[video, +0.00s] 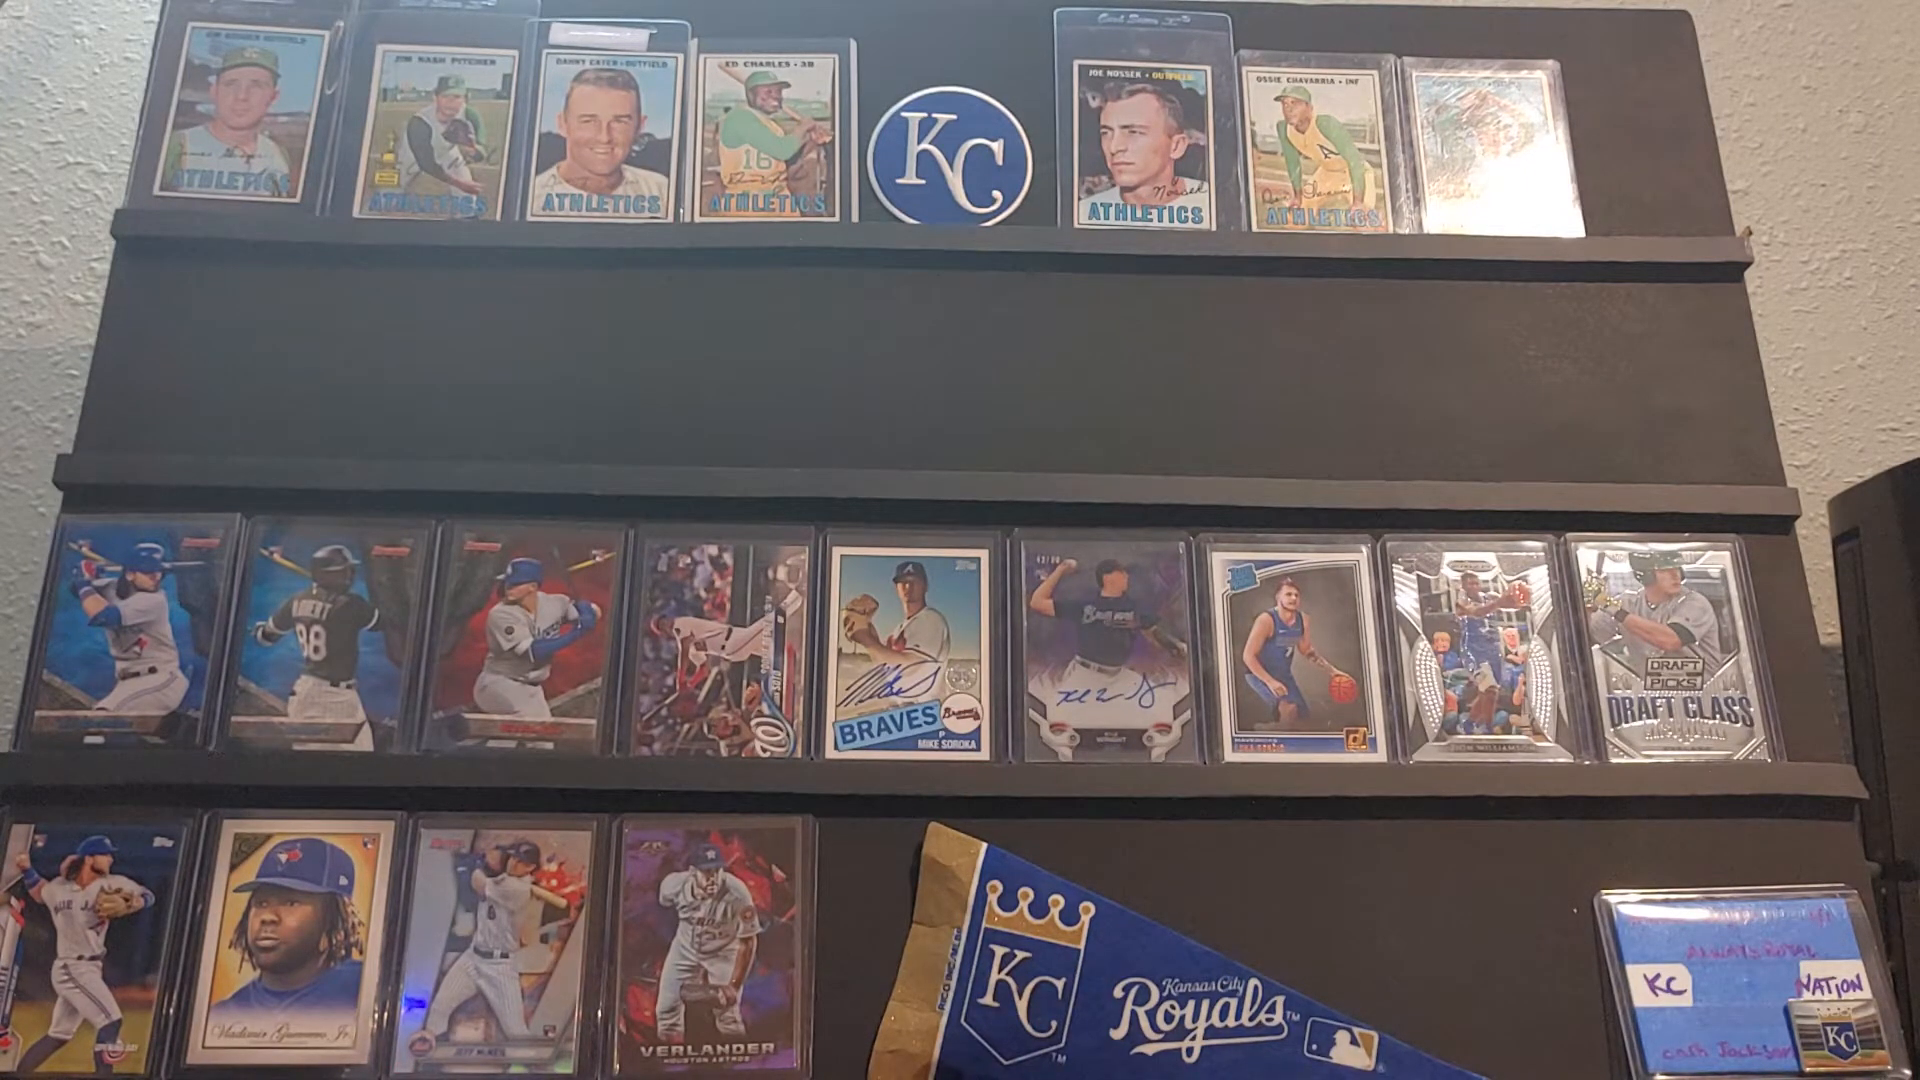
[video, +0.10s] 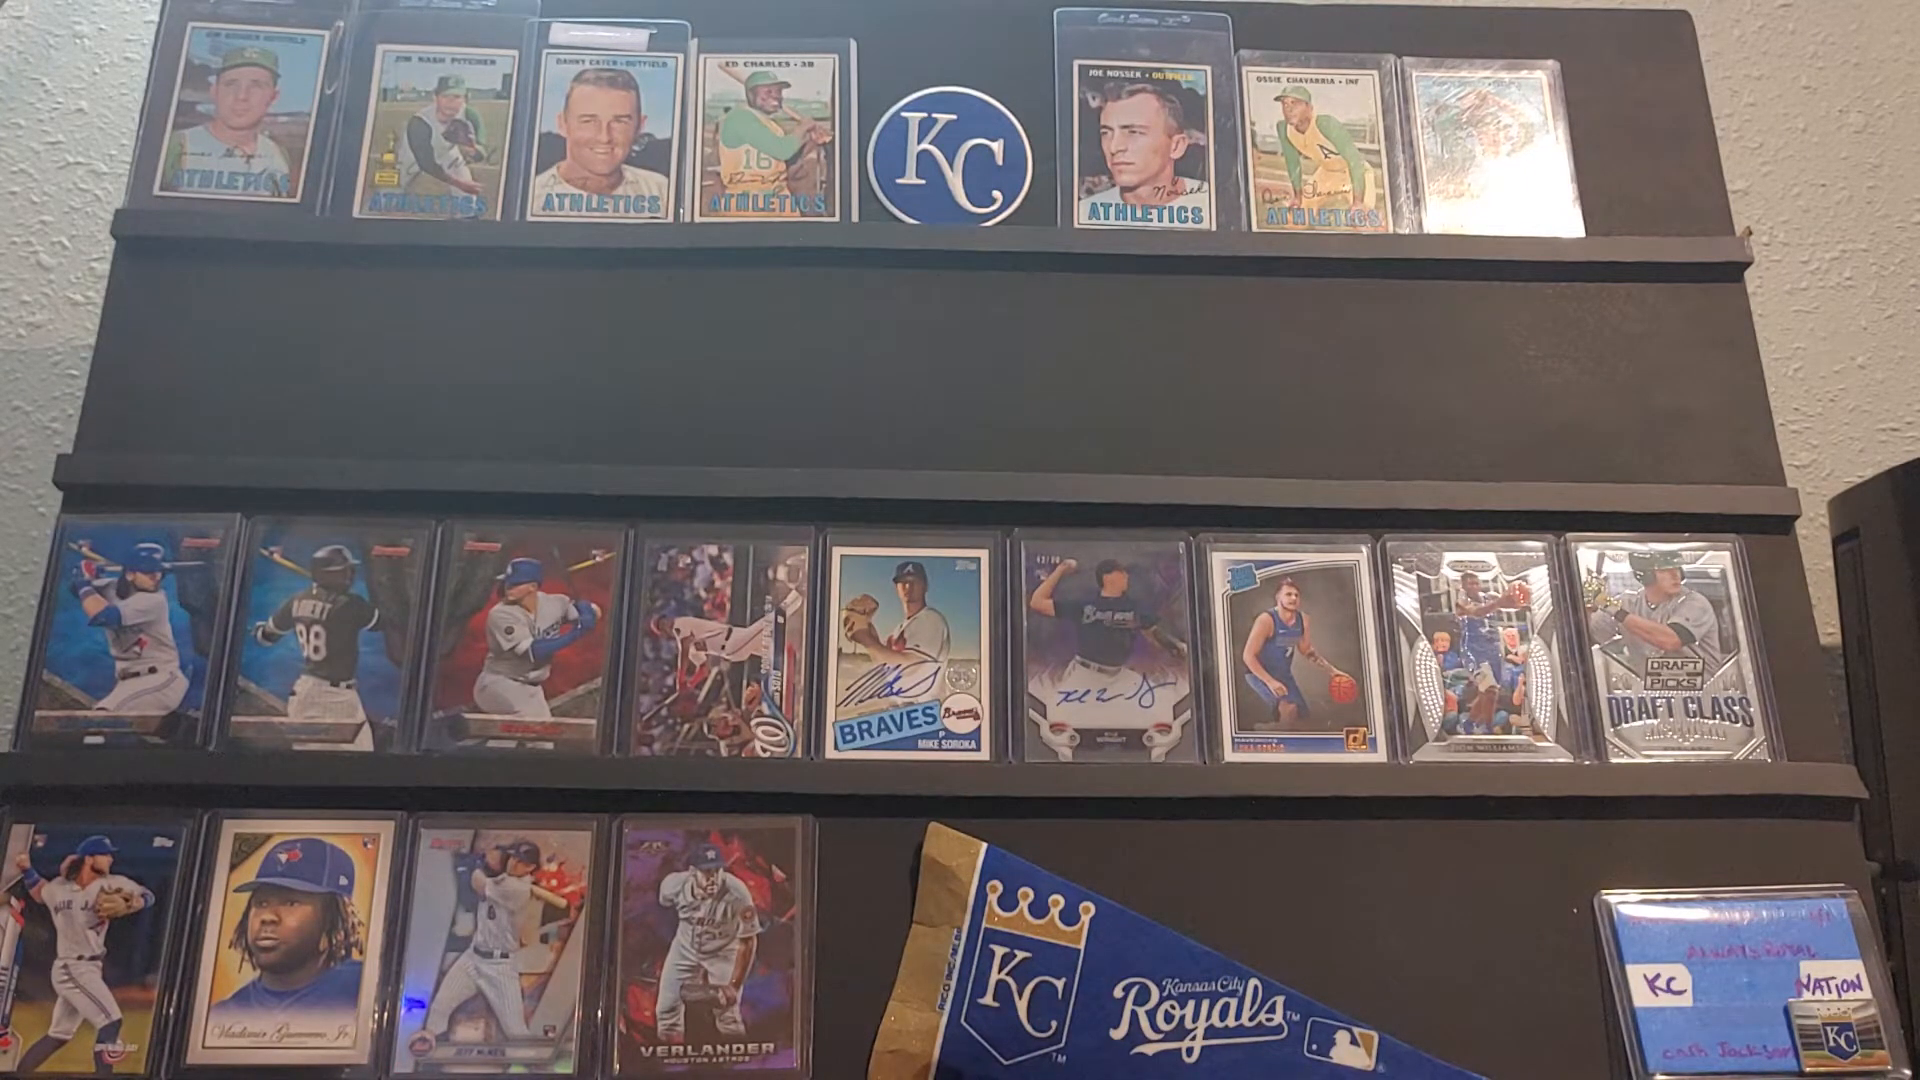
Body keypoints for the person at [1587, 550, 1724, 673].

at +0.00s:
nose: (1676, 575)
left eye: (1677, 568)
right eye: (1666, 569)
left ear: (1682, 571)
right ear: (1644, 574)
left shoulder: (1696, 604)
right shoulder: (1628, 604)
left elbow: (1671, 641)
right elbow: (1586, 635)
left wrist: (1619, 613)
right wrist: (1584, 607)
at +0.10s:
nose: (1676, 575)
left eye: (1677, 568)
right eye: (1666, 569)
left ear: (1682, 571)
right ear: (1644, 574)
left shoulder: (1696, 604)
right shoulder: (1628, 603)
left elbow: (1671, 641)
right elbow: (1586, 636)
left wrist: (1619, 613)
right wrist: (1584, 608)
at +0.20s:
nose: (1676, 575)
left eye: (1677, 568)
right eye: (1666, 569)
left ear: (1682, 571)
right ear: (1644, 574)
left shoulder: (1696, 604)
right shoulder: (1628, 604)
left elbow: (1671, 641)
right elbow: (1586, 635)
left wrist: (1619, 613)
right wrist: (1584, 607)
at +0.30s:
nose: (1676, 575)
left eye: (1677, 568)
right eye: (1666, 569)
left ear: (1682, 571)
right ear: (1644, 574)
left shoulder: (1696, 604)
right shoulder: (1628, 603)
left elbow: (1671, 641)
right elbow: (1586, 636)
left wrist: (1619, 613)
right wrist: (1584, 608)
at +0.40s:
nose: (1676, 575)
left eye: (1677, 568)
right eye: (1666, 569)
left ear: (1682, 571)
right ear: (1644, 574)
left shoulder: (1696, 604)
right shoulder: (1628, 604)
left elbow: (1670, 641)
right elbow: (1586, 636)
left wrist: (1619, 613)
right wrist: (1584, 608)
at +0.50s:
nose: (1676, 575)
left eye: (1677, 568)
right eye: (1666, 569)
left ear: (1682, 571)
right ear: (1644, 574)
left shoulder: (1696, 604)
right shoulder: (1628, 604)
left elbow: (1670, 641)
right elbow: (1586, 636)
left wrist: (1619, 613)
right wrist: (1585, 608)